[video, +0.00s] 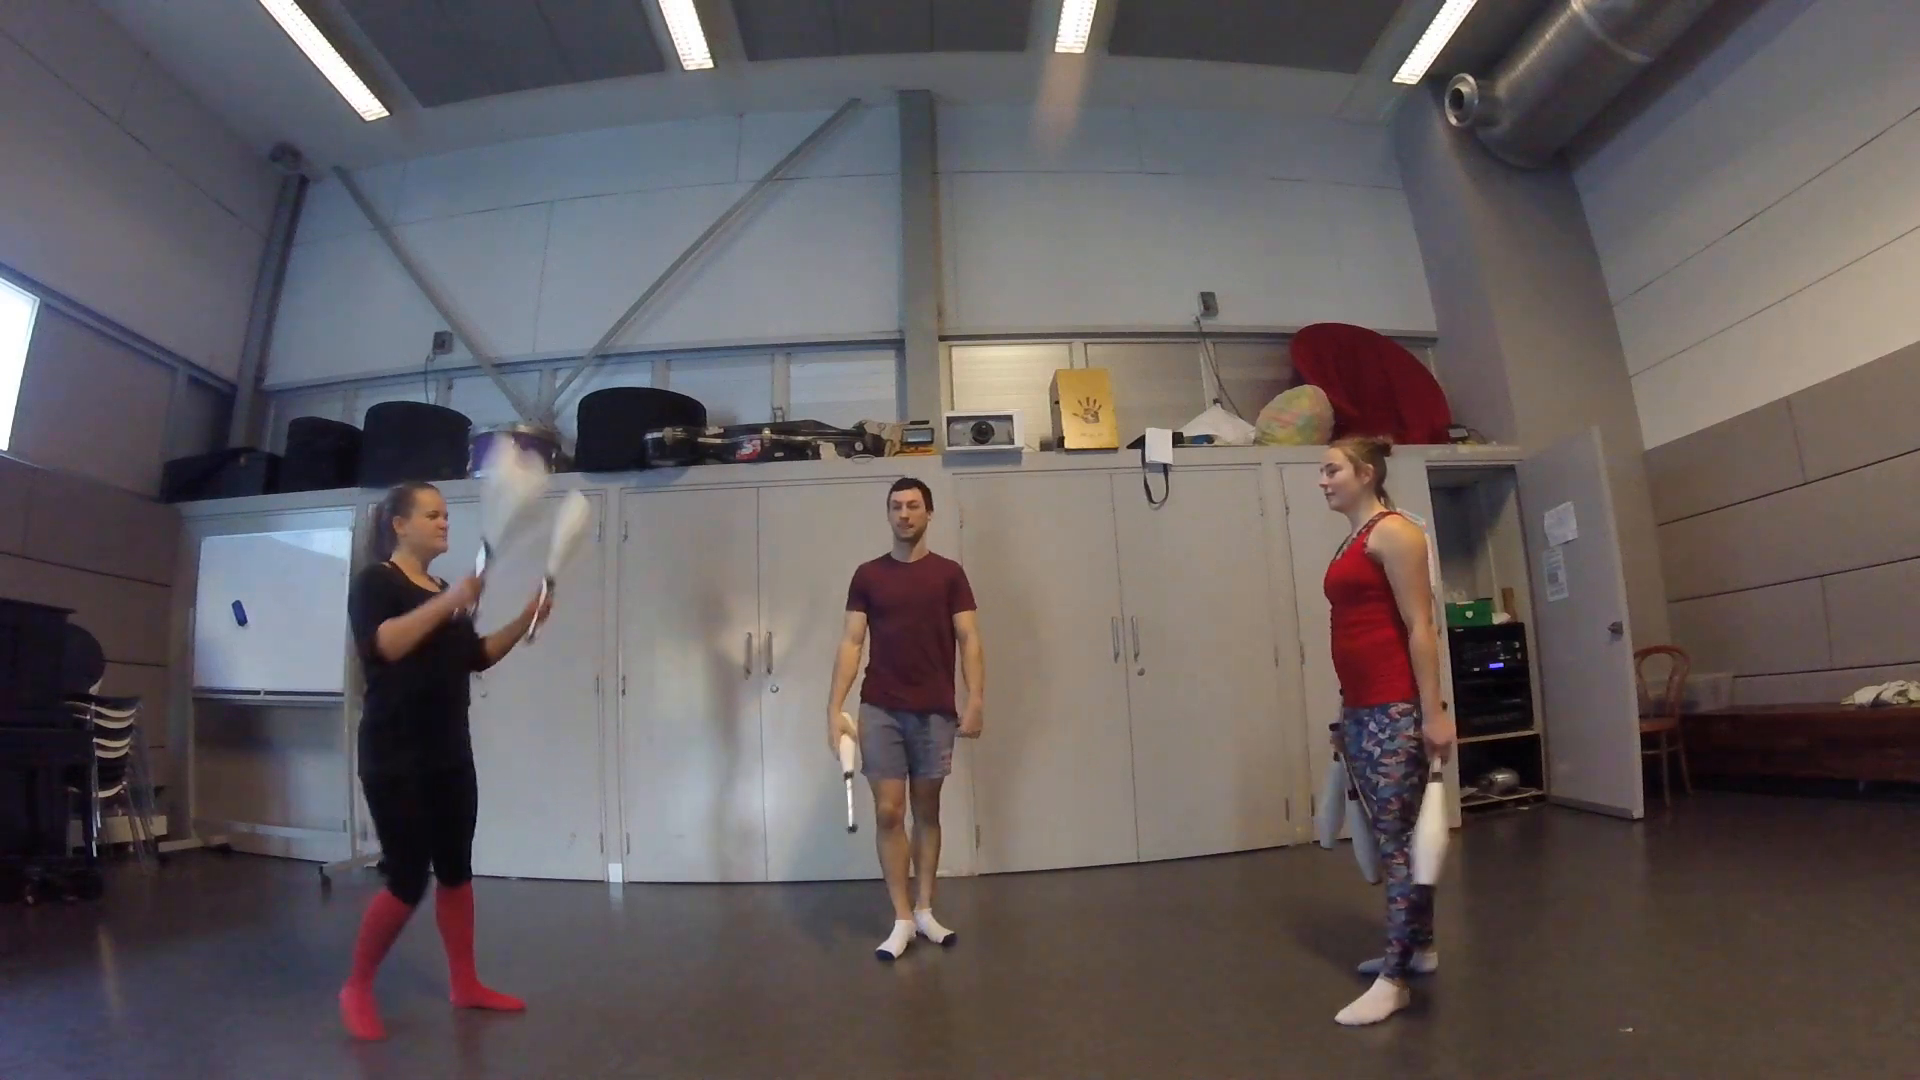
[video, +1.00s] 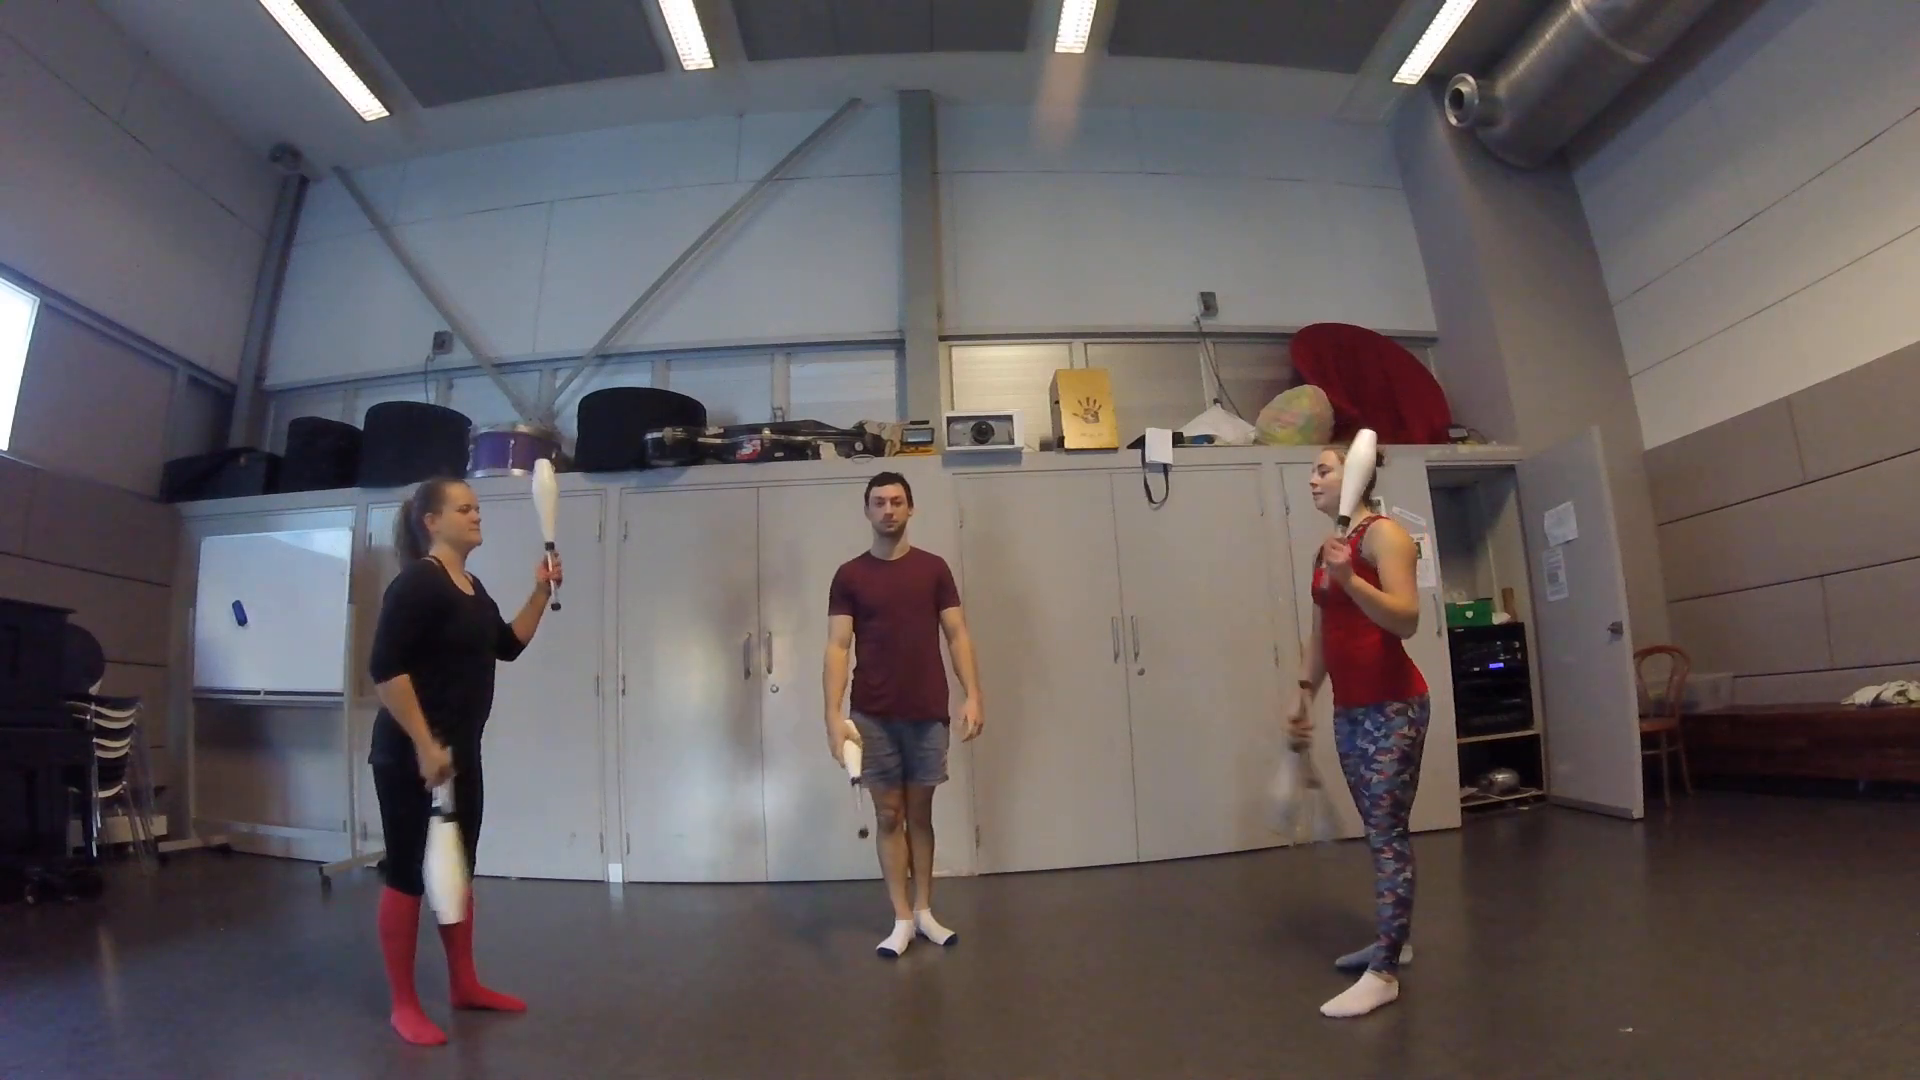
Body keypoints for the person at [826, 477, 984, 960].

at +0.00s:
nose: (904, 513)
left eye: (912, 506)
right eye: (897, 507)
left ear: (928, 515)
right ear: (887, 516)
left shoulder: (948, 572)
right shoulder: (868, 574)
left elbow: (969, 638)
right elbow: (851, 643)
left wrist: (975, 700)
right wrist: (835, 707)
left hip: (934, 708)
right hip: (880, 707)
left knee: (926, 810)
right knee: (888, 813)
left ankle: (925, 910)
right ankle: (902, 920)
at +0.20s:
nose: (904, 512)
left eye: (912, 505)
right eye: (896, 506)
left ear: (927, 514)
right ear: (886, 515)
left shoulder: (948, 572)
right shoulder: (867, 573)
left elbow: (969, 638)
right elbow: (849, 644)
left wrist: (981, 701)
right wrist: (830, 711)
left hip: (934, 707)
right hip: (880, 706)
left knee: (926, 812)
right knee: (889, 814)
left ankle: (924, 911)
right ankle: (900, 918)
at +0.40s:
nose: (898, 511)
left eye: (906, 504)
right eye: (890, 505)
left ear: (921, 513)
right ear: (879, 515)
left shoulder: (943, 571)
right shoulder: (862, 575)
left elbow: (965, 636)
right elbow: (847, 647)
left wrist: (980, 698)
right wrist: (835, 716)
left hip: (934, 707)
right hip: (880, 708)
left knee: (925, 811)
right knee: (892, 815)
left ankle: (925, 911)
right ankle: (903, 920)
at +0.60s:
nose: (893, 510)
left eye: (901, 503)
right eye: (884, 504)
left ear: (915, 512)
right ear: (872, 513)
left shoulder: (939, 569)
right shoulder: (856, 576)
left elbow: (962, 633)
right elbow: (844, 648)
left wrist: (977, 694)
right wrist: (840, 719)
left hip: (930, 710)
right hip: (876, 711)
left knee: (922, 816)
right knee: (890, 817)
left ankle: (924, 912)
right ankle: (902, 919)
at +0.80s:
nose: (890, 510)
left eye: (898, 502)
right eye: (881, 503)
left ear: (911, 511)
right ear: (868, 513)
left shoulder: (936, 568)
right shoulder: (852, 576)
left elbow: (958, 632)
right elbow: (840, 645)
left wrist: (976, 692)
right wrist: (838, 710)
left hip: (929, 711)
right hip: (875, 714)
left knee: (921, 816)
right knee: (891, 816)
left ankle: (924, 912)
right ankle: (902, 920)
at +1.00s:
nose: (888, 509)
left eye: (896, 502)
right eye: (880, 503)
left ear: (910, 510)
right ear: (867, 512)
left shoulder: (934, 568)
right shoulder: (850, 576)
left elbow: (957, 633)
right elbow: (838, 647)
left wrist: (973, 694)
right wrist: (834, 716)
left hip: (927, 712)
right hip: (872, 714)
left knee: (920, 816)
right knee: (889, 817)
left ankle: (924, 912)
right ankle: (903, 920)